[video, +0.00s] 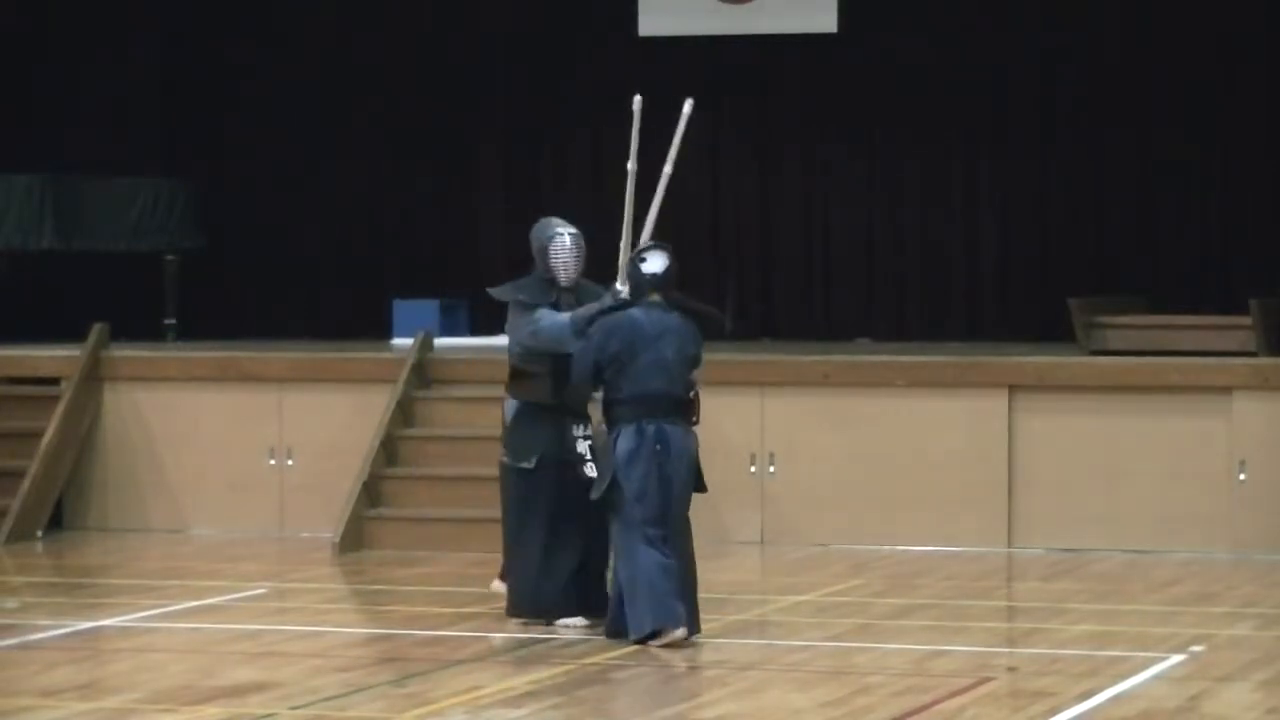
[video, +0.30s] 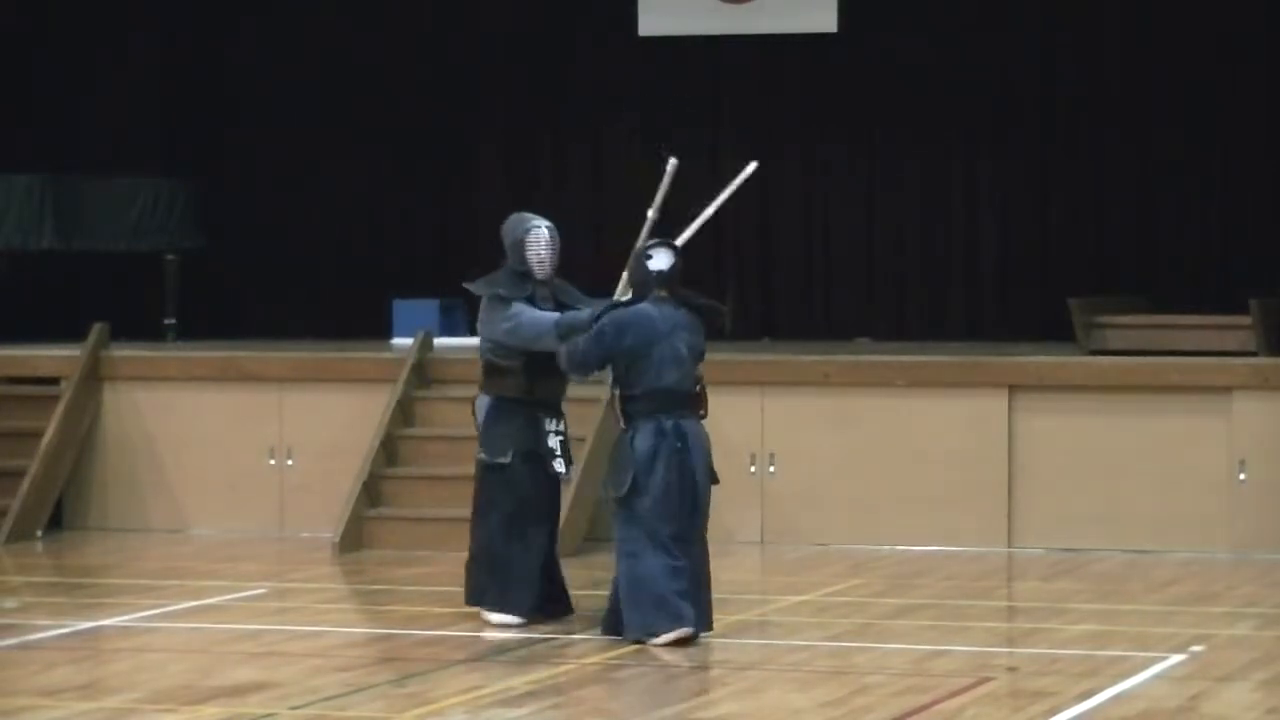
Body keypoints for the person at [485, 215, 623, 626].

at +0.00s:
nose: (567, 259)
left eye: (574, 250)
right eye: (559, 251)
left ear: (583, 255)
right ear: (541, 254)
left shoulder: (593, 298)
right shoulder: (524, 301)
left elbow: (618, 333)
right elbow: (548, 332)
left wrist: (635, 298)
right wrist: (609, 303)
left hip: (578, 415)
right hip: (535, 415)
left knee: (586, 509)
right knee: (541, 508)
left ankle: (584, 603)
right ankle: (546, 605)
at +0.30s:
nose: (544, 254)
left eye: (549, 246)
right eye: (535, 246)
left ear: (555, 249)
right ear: (515, 250)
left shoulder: (555, 293)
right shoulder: (498, 304)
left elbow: (591, 310)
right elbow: (547, 328)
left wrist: (629, 302)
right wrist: (601, 316)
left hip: (545, 411)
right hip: (507, 410)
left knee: (542, 505)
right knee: (510, 504)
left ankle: (542, 597)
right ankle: (499, 601)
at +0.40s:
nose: (539, 255)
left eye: (544, 246)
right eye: (531, 246)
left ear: (550, 249)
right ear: (509, 250)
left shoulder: (546, 293)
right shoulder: (493, 302)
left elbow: (582, 312)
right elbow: (533, 329)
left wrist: (621, 305)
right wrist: (593, 318)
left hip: (536, 411)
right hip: (501, 411)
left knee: (534, 507)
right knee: (501, 506)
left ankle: (527, 600)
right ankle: (478, 601)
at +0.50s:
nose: (533, 254)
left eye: (537, 245)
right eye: (524, 245)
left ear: (543, 249)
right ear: (502, 248)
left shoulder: (542, 296)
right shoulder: (485, 301)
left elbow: (578, 323)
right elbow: (525, 332)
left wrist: (615, 309)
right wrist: (583, 329)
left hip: (525, 412)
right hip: (490, 411)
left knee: (526, 508)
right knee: (493, 506)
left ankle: (512, 603)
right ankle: (476, 603)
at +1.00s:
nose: (500, 254)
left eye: (505, 245)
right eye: (491, 245)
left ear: (511, 248)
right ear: (470, 250)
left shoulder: (513, 298)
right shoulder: (451, 304)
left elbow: (541, 347)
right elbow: (490, 335)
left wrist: (566, 341)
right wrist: (548, 321)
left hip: (491, 414)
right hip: (452, 413)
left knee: (487, 509)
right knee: (450, 508)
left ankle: (481, 606)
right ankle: (436, 604)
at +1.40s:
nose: (494, 251)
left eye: (499, 242)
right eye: (486, 242)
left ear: (505, 247)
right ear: (465, 246)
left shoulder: (502, 293)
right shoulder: (446, 296)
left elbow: (514, 353)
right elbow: (465, 351)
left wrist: (533, 322)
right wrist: (520, 316)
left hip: (489, 409)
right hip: (451, 408)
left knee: (481, 507)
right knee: (444, 503)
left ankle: (473, 608)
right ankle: (433, 600)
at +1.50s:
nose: (488, 250)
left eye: (492, 241)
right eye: (479, 241)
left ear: (499, 246)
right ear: (460, 246)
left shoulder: (501, 294)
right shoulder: (446, 295)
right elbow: (445, 352)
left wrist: (530, 335)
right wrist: (511, 338)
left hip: (490, 409)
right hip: (453, 410)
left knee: (485, 506)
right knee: (451, 505)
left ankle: (478, 607)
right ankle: (443, 604)